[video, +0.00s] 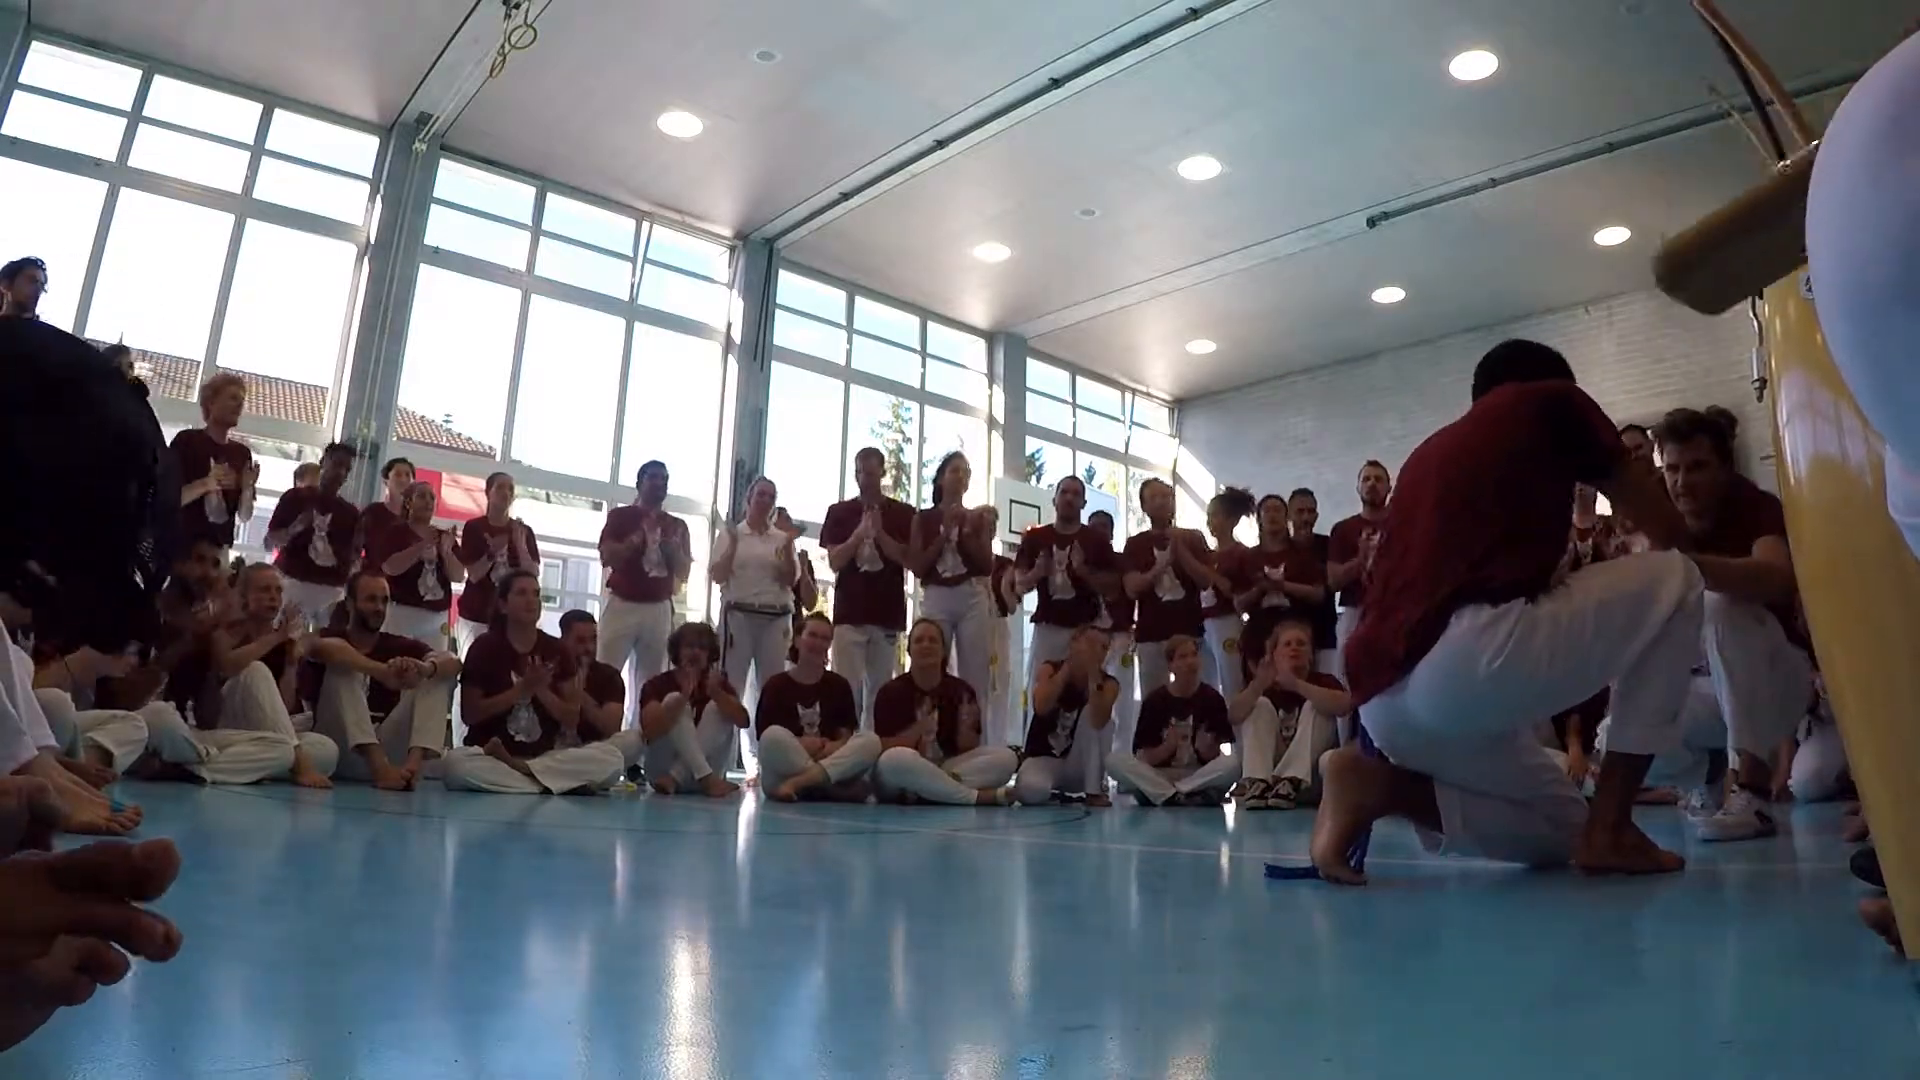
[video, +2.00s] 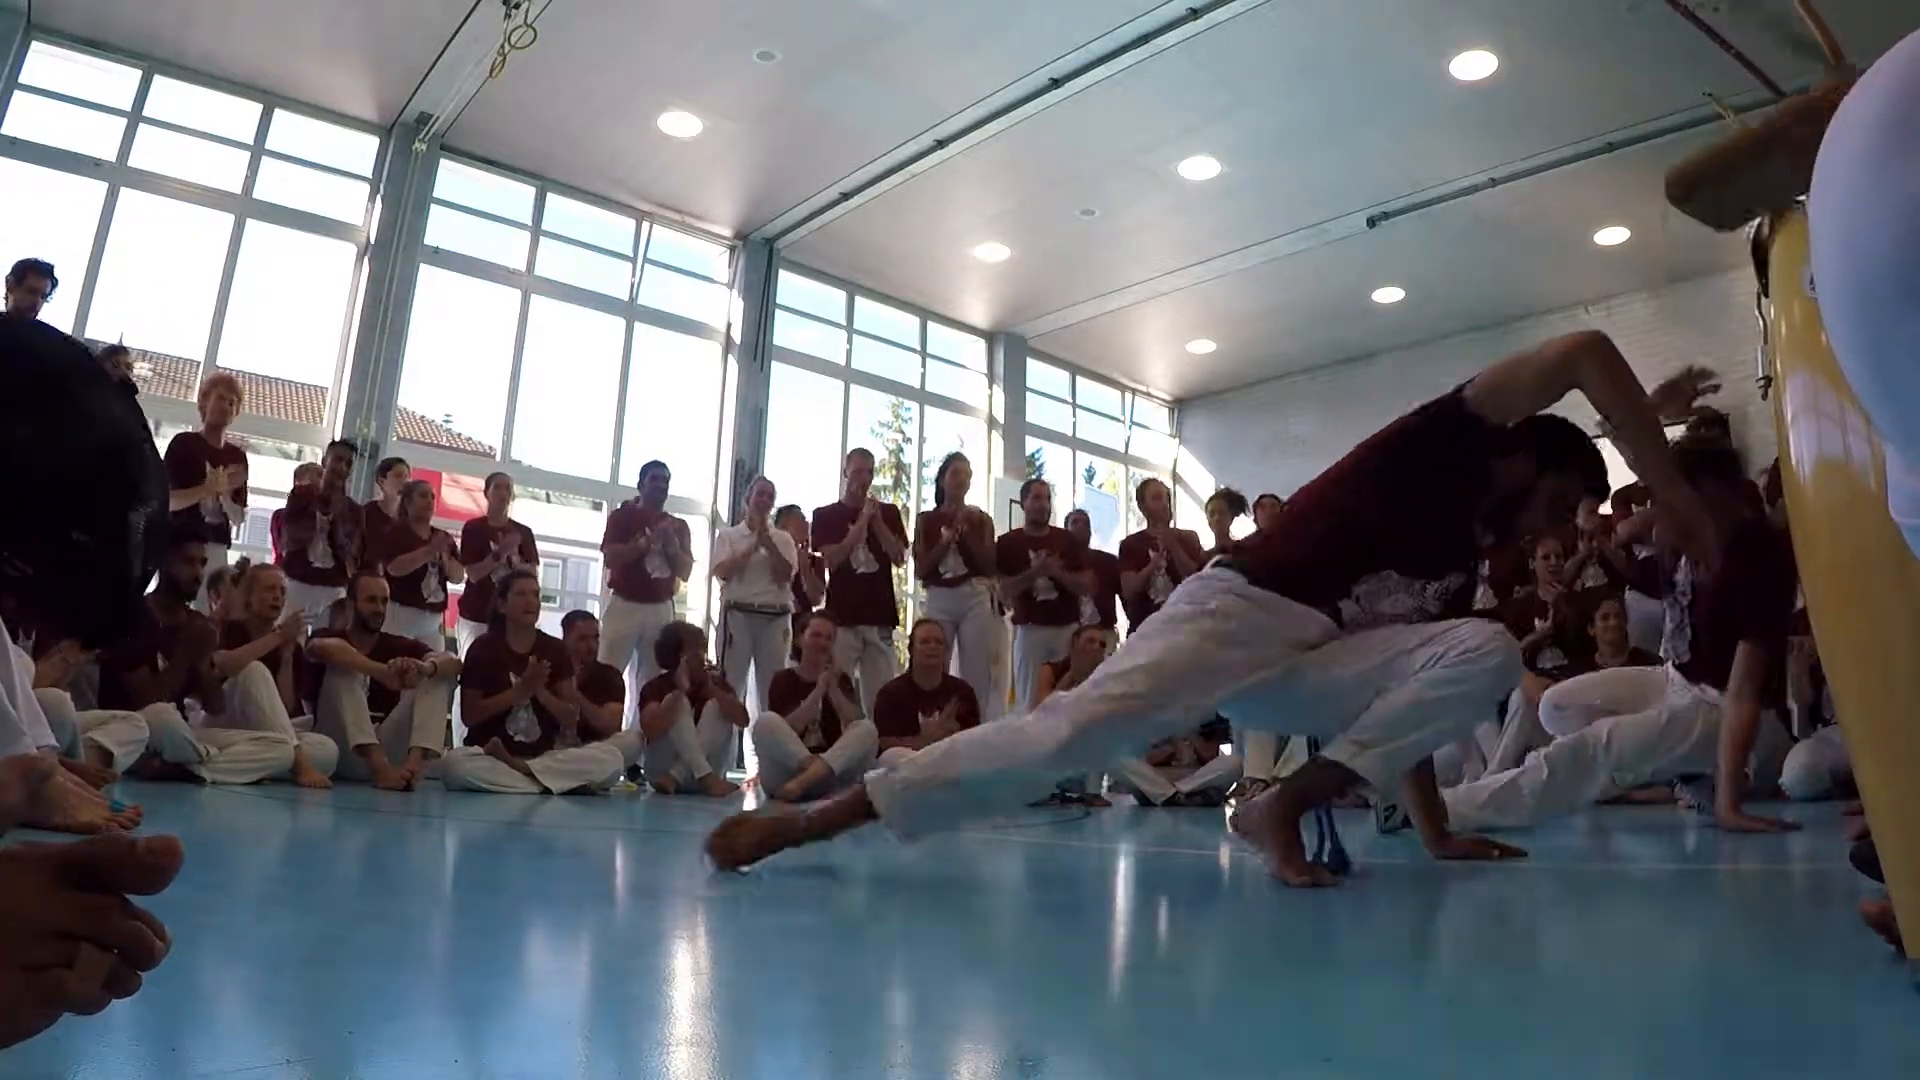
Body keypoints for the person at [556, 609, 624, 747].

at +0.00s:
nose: (589, 647)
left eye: (593, 639)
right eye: (581, 641)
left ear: (598, 639)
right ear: (563, 641)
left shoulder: (609, 675)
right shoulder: (548, 674)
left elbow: (610, 728)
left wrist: (578, 695)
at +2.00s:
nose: (591, 645)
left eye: (595, 638)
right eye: (583, 638)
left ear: (599, 638)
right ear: (565, 640)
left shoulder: (610, 676)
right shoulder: (548, 673)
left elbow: (610, 725)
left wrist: (574, 695)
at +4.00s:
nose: (593, 650)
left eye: (598, 643)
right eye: (586, 642)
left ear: (602, 644)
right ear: (567, 640)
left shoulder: (610, 675)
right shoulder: (549, 673)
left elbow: (610, 728)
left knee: (635, 738)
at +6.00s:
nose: (591, 645)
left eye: (595, 638)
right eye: (583, 638)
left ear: (599, 639)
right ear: (565, 640)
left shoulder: (609, 674)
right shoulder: (550, 674)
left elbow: (610, 728)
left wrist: (578, 690)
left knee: (634, 738)